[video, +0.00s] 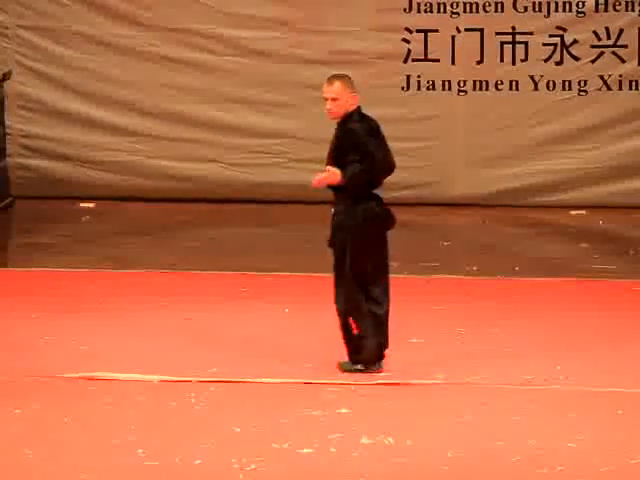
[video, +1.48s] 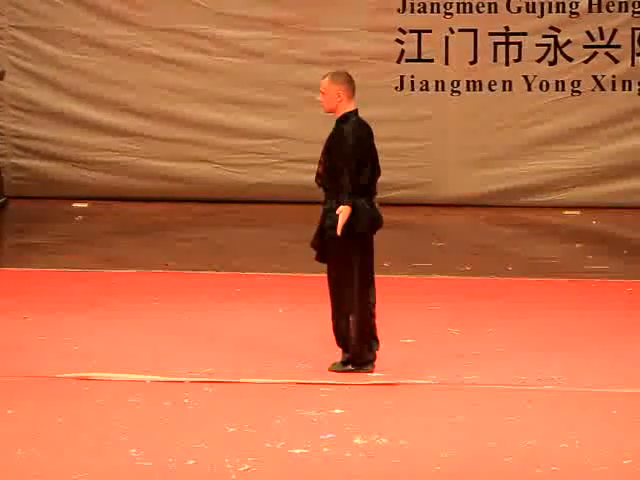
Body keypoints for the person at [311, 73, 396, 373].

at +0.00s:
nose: (328, 106)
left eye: (334, 100)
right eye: (326, 100)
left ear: (353, 98)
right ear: (328, 100)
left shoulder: (359, 126)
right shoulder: (350, 126)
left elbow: (382, 164)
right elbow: (377, 165)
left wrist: (343, 177)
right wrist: (339, 178)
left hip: (361, 219)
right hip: (357, 217)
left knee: (354, 288)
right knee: (365, 286)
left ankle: (367, 354)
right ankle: (366, 352)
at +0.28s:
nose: (326, 102)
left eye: (332, 96)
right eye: (325, 96)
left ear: (353, 96)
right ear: (351, 98)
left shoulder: (353, 130)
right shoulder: (362, 127)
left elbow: (352, 170)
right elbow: (379, 170)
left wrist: (347, 202)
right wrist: (357, 197)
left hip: (358, 216)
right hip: (368, 214)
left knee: (359, 284)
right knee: (368, 283)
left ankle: (367, 352)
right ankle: (370, 349)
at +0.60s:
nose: (323, 97)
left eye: (328, 91)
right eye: (325, 91)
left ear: (343, 94)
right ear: (346, 95)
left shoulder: (351, 128)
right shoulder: (359, 125)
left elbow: (354, 171)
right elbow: (374, 169)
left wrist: (352, 205)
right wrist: (358, 201)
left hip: (353, 219)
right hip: (362, 217)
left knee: (357, 285)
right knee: (361, 285)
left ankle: (365, 352)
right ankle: (366, 348)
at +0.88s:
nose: (320, 96)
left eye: (324, 90)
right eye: (321, 90)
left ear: (340, 93)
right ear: (344, 94)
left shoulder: (349, 129)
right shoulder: (357, 125)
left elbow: (351, 170)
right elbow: (371, 170)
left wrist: (349, 203)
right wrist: (355, 201)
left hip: (350, 221)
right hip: (360, 218)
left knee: (353, 286)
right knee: (358, 285)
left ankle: (363, 353)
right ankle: (363, 349)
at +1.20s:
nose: (320, 97)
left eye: (323, 91)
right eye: (321, 90)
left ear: (339, 93)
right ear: (342, 94)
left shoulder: (347, 128)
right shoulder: (356, 125)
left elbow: (350, 171)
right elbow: (369, 170)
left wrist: (347, 204)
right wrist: (357, 200)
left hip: (346, 221)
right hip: (359, 219)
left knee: (349, 287)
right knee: (359, 285)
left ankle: (358, 352)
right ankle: (365, 345)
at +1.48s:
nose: (320, 98)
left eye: (323, 93)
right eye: (321, 92)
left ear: (340, 95)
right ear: (343, 96)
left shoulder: (348, 130)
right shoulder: (356, 126)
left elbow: (350, 173)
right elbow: (370, 171)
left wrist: (346, 206)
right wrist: (355, 201)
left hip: (347, 222)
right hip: (358, 220)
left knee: (349, 288)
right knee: (356, 286)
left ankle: (357, 353)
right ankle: (362, 347)